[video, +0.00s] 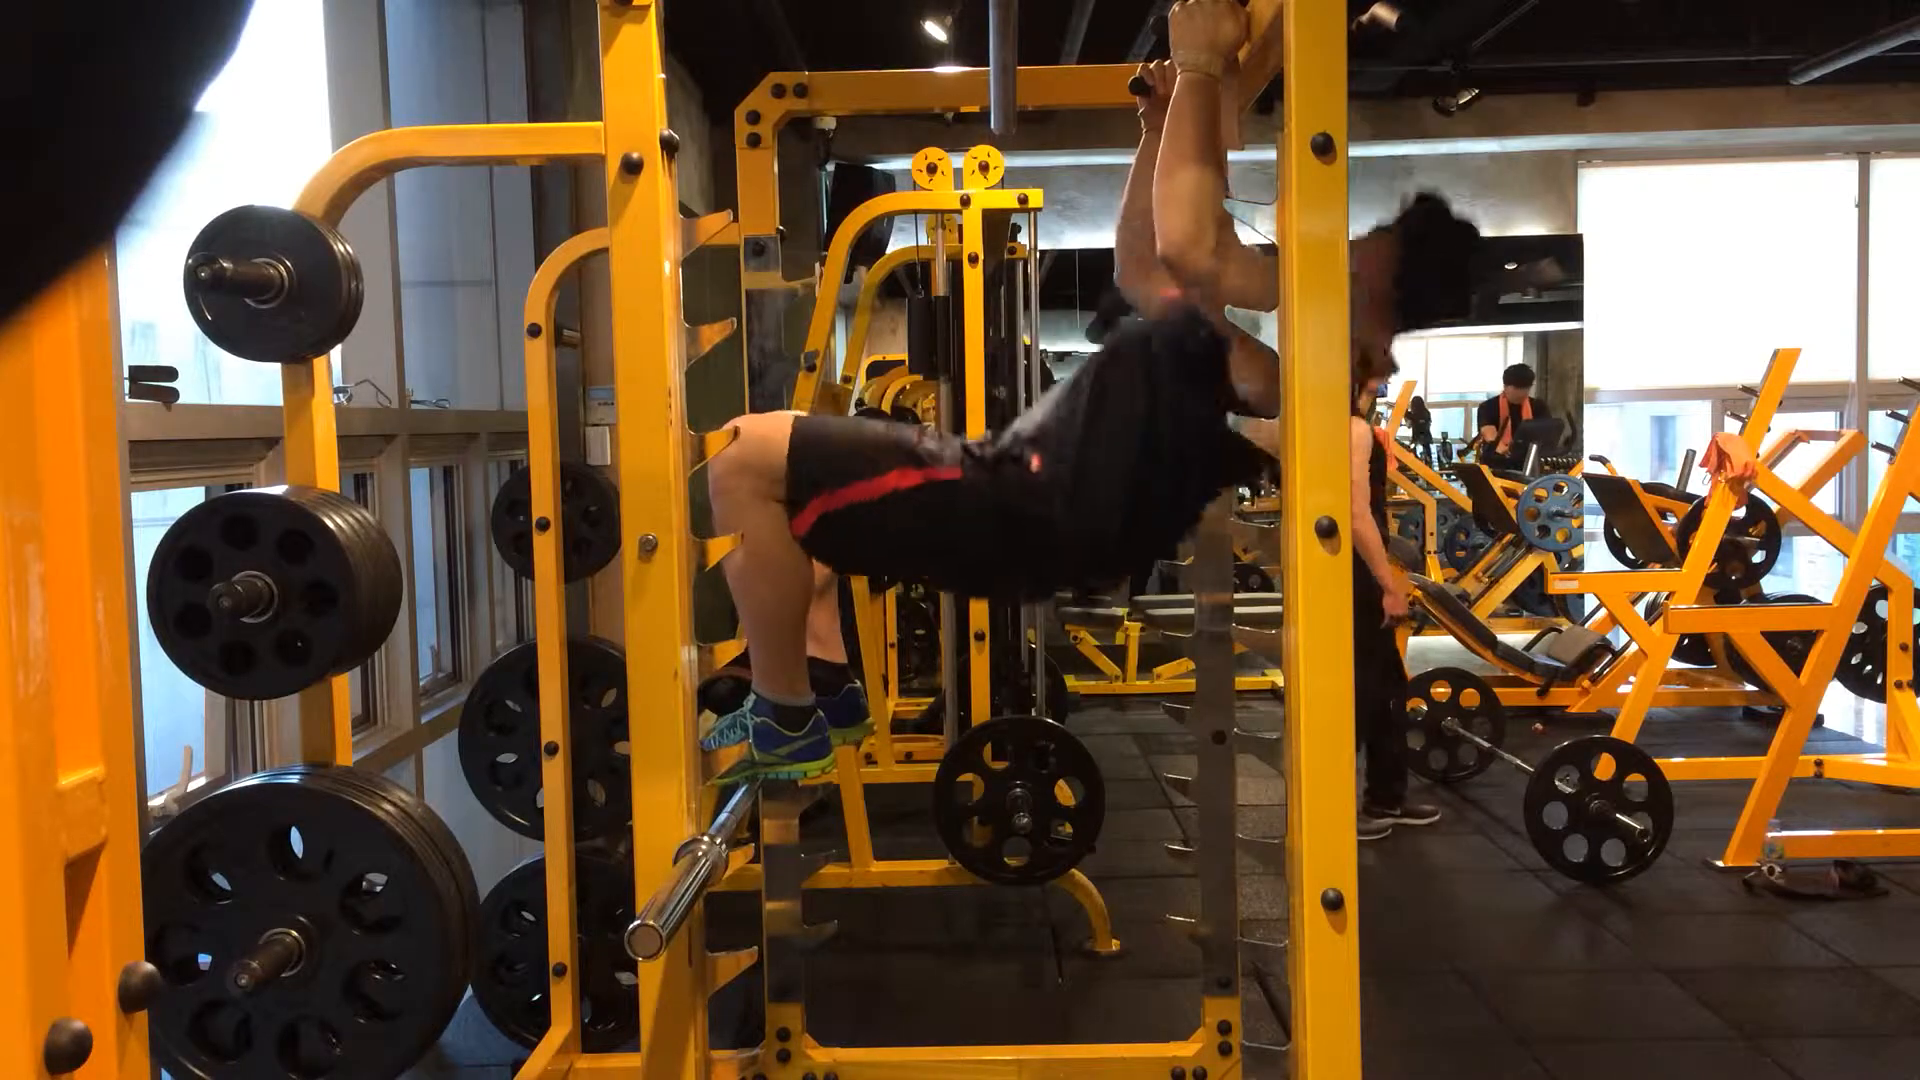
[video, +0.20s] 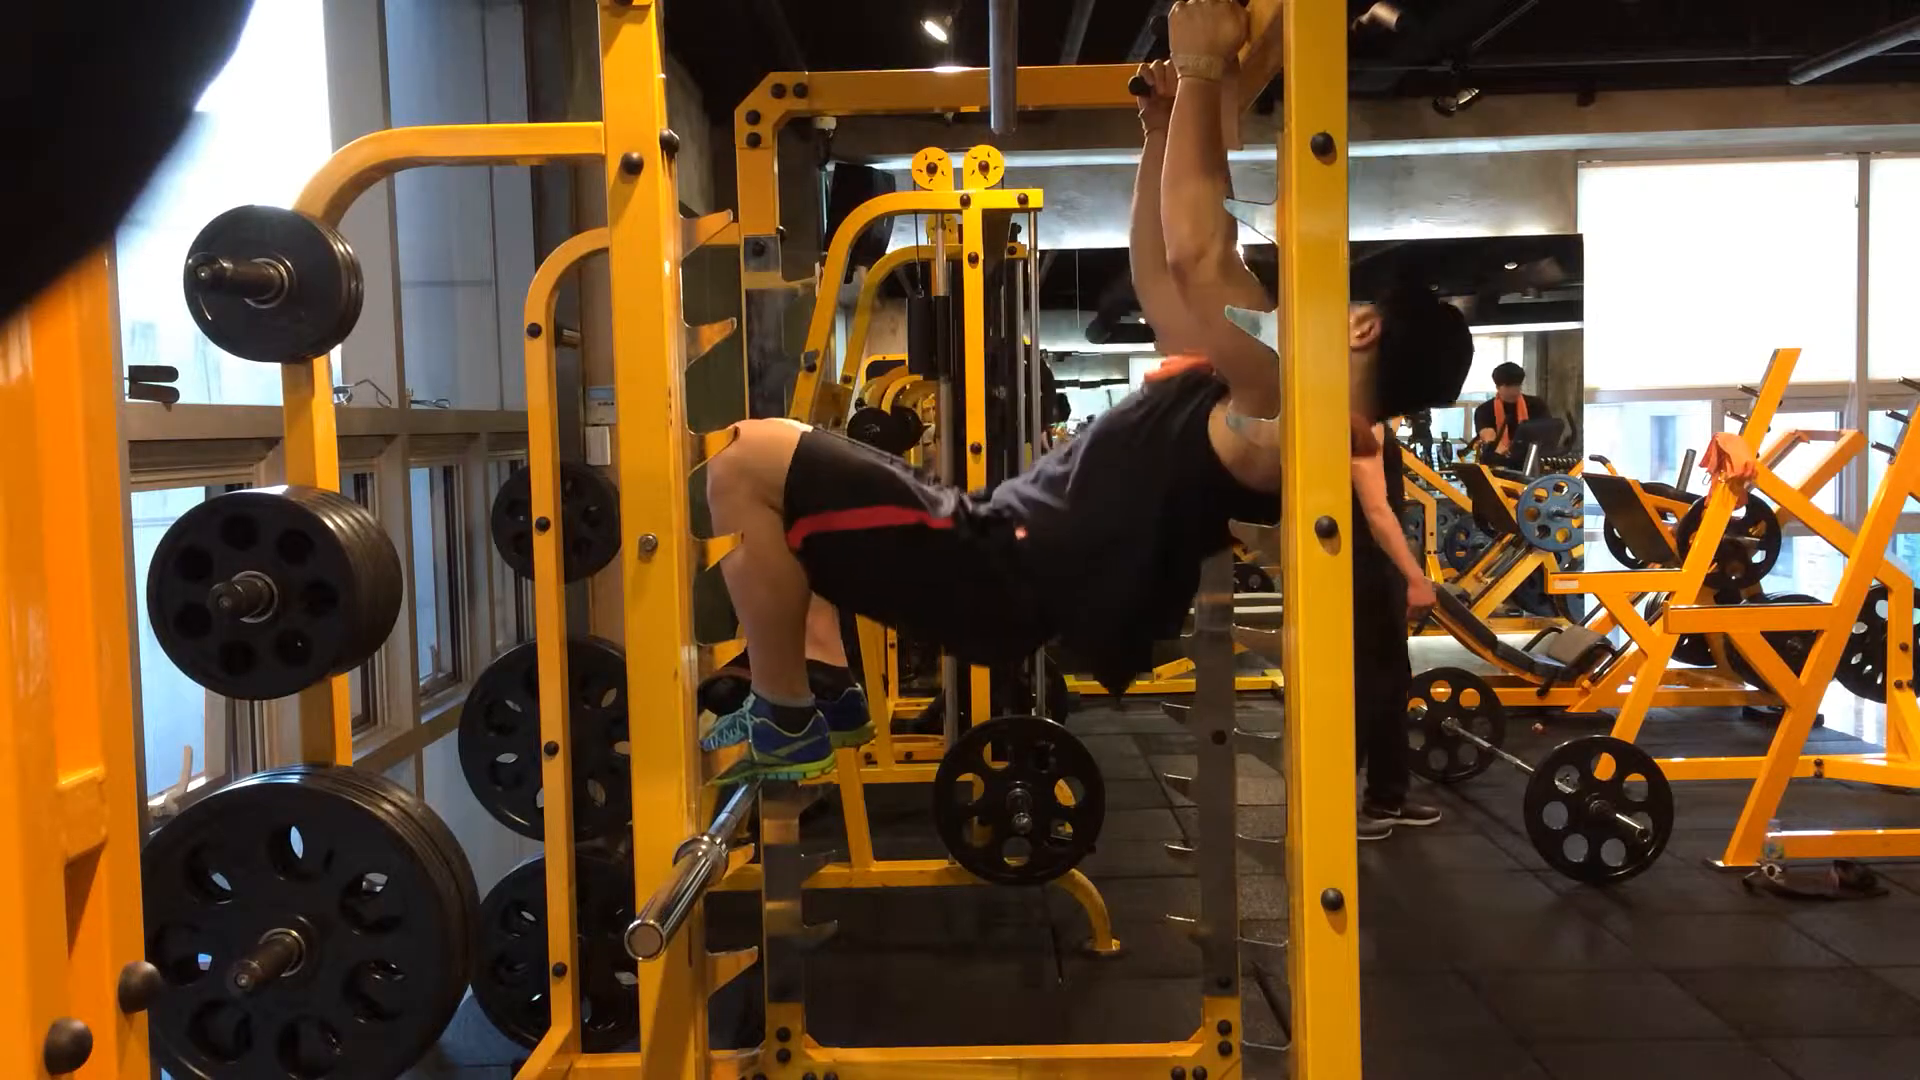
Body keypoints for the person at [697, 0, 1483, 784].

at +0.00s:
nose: (1355, 239)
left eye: (1376, 236)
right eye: (1372, 230)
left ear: (1394, 268)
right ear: (1412, 296)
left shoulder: (1346, 335)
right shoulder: (1305, 355)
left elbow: (1197, 254)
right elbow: (1142, 274)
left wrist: (1204, 71)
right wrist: (1151, 131)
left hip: (1028, 512)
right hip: (1022, 483)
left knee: (745, 465)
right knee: (767, 436)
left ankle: (783, 713)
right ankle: (820, 669)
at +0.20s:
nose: (1335, 304)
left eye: (1352, 298)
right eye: (1351, 294)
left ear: (1361, 329)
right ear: (1368, 342)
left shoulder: (1299, 412)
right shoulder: (1267, 391)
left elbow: (1202, 268)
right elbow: (1164, 301)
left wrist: (1205, 75)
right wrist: (1157, 132)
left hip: (1000, 574)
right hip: (998, 540)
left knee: (744, 466)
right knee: (774, 446)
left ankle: (784, 715)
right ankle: (822, 670)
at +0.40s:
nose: (1339, 288)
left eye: (1358, 283)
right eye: (1353, 280)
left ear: (1368, 315)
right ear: (1366, 325)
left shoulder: (1297, 407)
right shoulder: (1259, 384)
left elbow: (1194, 269)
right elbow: (1148, 288)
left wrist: (1207, 71)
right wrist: (1155, 134)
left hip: (981, 540)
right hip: (976, 500)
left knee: (723, 488)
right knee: (739, 442)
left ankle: (778, 716)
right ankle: (821, 672)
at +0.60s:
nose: (1362, 180)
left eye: (1380, 185)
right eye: (1377, 177)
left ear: (1382, 217)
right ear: (1411, 262)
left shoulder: (1301, 281)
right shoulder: (1311, 278)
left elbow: (1164, 240)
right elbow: (1188, 213)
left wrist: (1199, 64)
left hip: (1018, 431)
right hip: (1013, 395)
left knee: (725, 483)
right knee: (729, 436)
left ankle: (776, 714)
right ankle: (819, 668)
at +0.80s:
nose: (1360, 105)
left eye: (1374, 101)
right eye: (1372, 101)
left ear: (1380, 115)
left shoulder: (1318, 242)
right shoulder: (1295, 180)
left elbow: (1167, 237)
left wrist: (1204, 66)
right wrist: (1211, 86)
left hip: (1025, 378)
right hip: (1007, 343)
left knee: (737, 451)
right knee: (770, 440)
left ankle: (781, 716)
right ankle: (822, 671)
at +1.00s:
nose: (1362, 164)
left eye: (1383, 169)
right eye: (1377, 157)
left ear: (1395, 225)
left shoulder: (1325, 283)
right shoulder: (1316, 274)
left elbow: (1181, 247)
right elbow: (1146, 236)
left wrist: (1205, 68)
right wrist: (1188, 92)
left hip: (1009, 445)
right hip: (1015, 418)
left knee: (735, 463)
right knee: (759, 428)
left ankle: (782, 713)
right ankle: (821, 663)